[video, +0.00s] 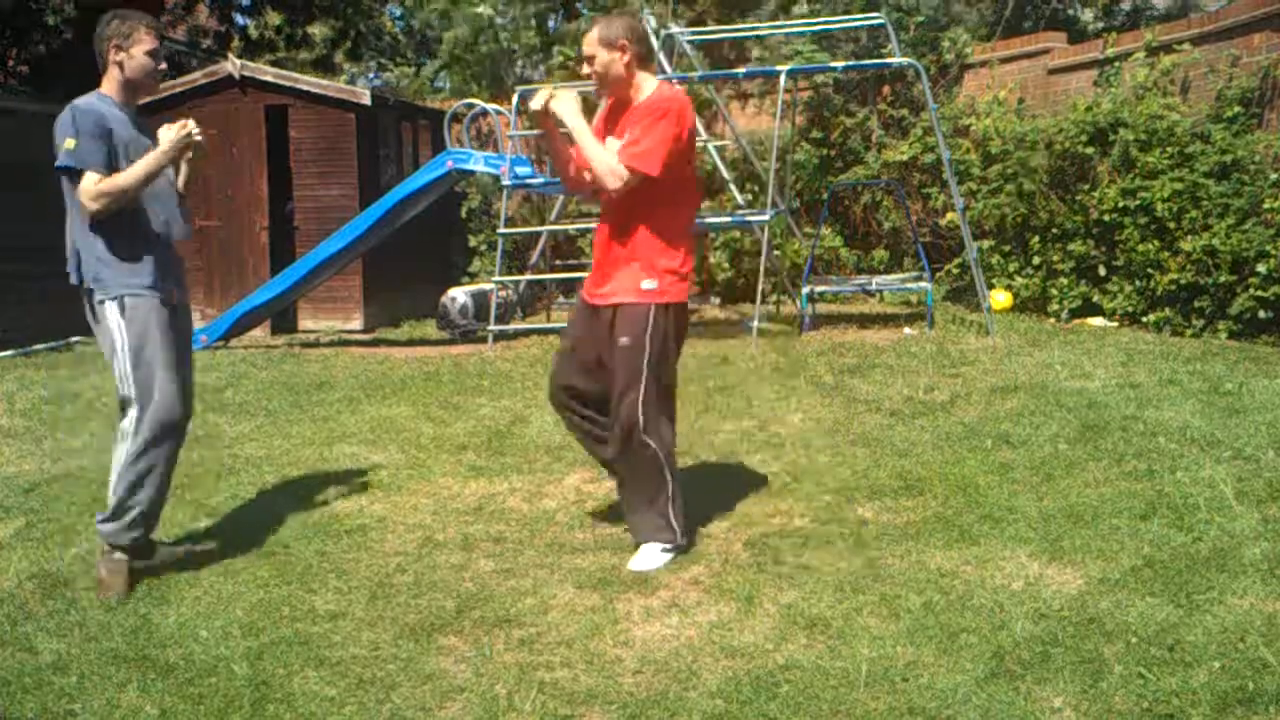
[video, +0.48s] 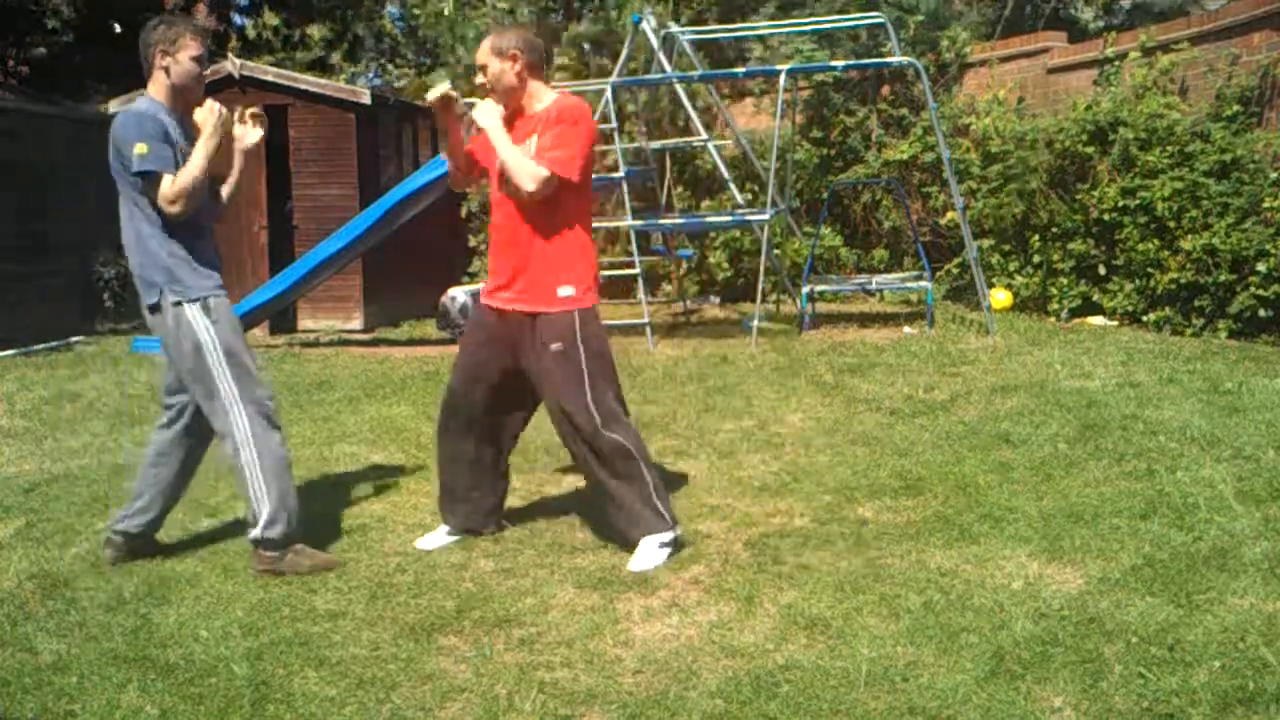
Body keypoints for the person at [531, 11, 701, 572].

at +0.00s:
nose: (587, 71)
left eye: (593, 60)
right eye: (585, 61)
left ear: (625, 55)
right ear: (613, 57)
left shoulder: (666, 103)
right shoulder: (614, 108)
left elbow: (615, 177)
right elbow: (578, 178)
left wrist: (573, 117)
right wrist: (551, 128)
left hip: (652, 278)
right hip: (608, 275)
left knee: (637, 407)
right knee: (571, 388)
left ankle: (661, 532)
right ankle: (642, 481)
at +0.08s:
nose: (573, 70)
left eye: (578, 60)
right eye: (572, 61)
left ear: (610, 54)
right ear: (603, 55)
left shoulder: (652, 103)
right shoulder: (607, 106)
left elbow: (599, 178)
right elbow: (570, 177)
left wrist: (565, 114)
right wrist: (546, 121)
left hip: (639, 278)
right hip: (597, 274)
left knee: (631, 410)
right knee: (547, 376)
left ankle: (662, 530)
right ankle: (618, 481)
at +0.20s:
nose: (550, 67)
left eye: (555, 56)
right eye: (549, 58)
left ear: (584, 48)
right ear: (580, 49)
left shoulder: (627, 95)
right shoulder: (584, 101)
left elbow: (556, 151)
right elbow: (539, 161)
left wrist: (528, 96)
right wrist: (518, 104)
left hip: (615, 272)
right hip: (571, 270)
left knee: (625, 407)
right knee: (521, 384)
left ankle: (661, 529)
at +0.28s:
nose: (539, 72)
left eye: (542, 61)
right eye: (537, 64)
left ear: (570, 53)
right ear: (568, 55)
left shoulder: (612, 97)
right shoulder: (572, 106)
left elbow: (538, 147)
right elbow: (522, 163)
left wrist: (507, 94)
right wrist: (501, 111)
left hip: (601, 277)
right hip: (557, 276)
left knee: (617, 409)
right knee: (516, 394)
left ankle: (661, 530)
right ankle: (483, 509)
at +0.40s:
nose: (500, 83)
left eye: (504, 73)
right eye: (498, 74)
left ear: (536, 67)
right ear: (528, 70)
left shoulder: (585, 115)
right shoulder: (522, 118)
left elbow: (532, 178)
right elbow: (485, 180)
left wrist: (499, 123)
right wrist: (471, 129)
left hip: (571, 298)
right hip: (517, 295)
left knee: (598, 420)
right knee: (482, 402)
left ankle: (657, 530)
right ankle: (468, 517)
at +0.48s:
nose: (480, 80)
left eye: (485, 70)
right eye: (479, 71)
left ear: (515, 64)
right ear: (511, 64)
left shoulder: (570, 112)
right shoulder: (500, 120)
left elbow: (532, 182)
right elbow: (465, 174)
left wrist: (491, 127)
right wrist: (450, 124)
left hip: (561, 295)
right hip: (503, 296)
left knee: (593, 417)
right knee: (467, 408)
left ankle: (656, 527)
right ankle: (469, 517)